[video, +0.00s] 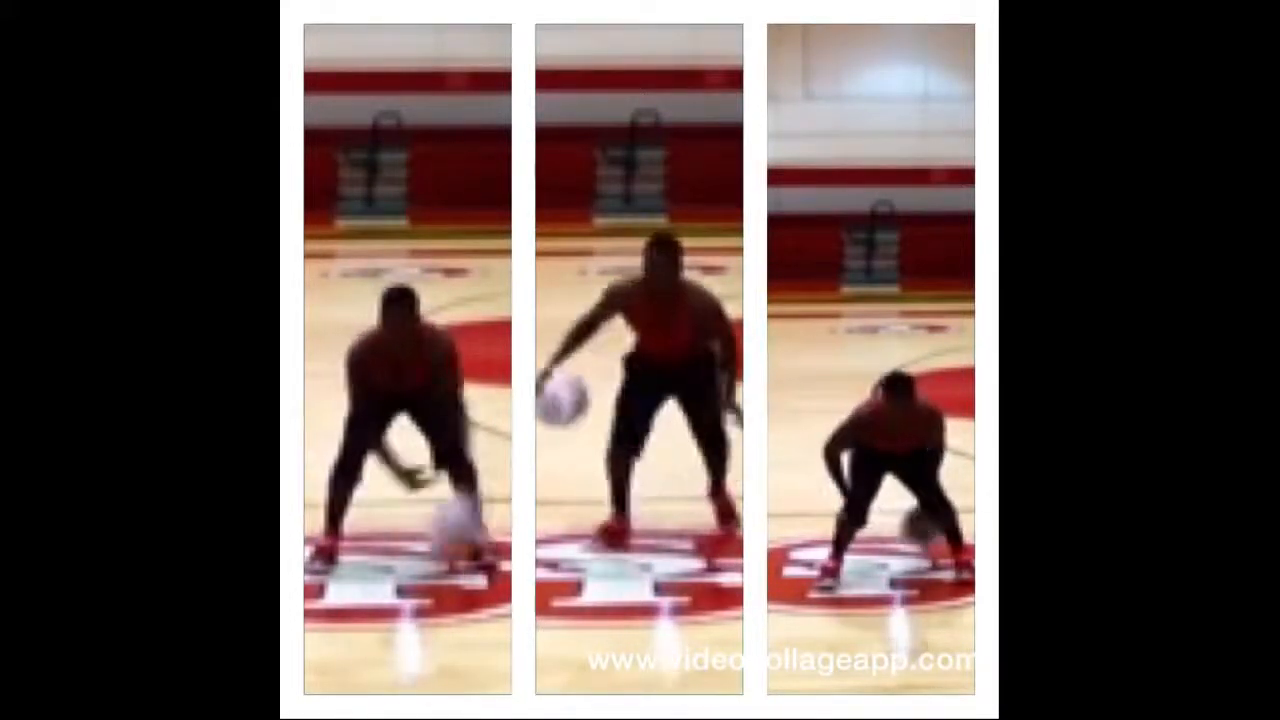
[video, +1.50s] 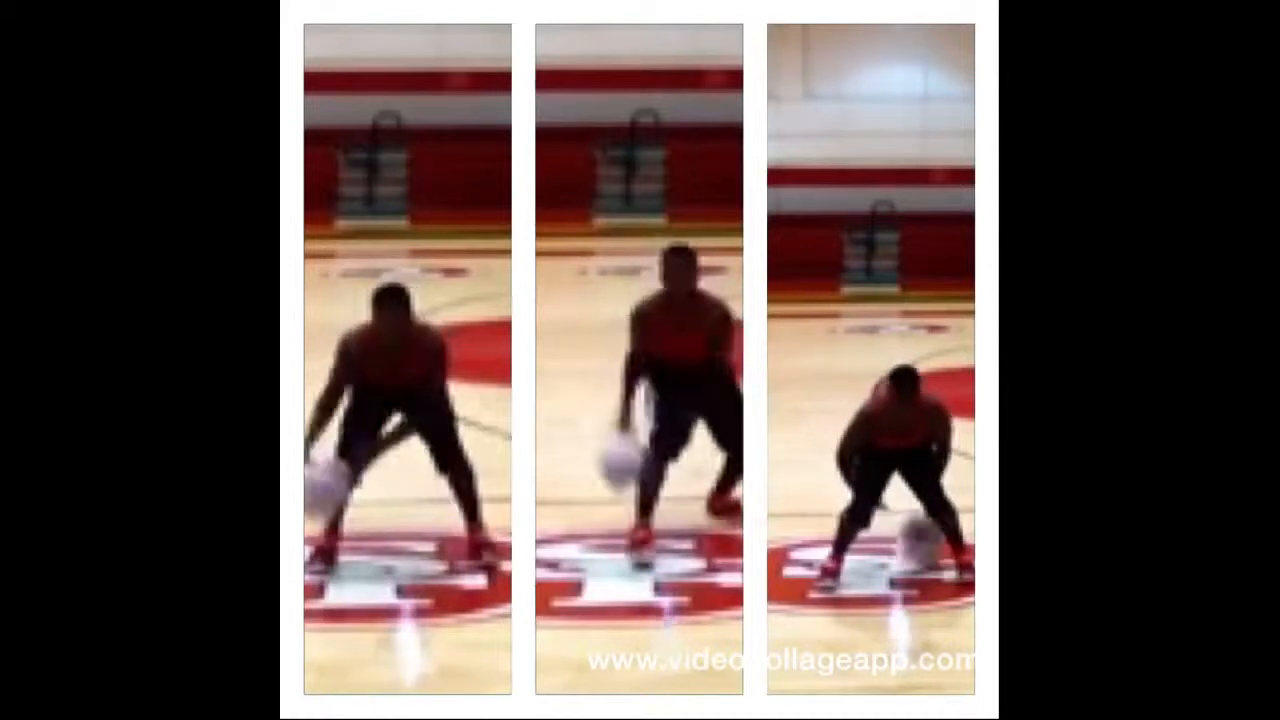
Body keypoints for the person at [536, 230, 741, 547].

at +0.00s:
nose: (658, 274)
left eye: (666, 266)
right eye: (653, 265)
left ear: (678, 267)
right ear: (644, 265)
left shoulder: (699, 302)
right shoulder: (625, 295)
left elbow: (728, 345)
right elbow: (587, 326)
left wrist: (728, 395)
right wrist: (551, 366)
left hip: (694, 369)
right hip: (646, 368)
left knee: (714, 440)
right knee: (621, 446)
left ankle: (718, 492)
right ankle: (620, 519)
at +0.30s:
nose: (672, 283)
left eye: (678, 275)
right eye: (665, 275)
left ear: (688, 276)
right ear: (654, 277)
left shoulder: (705, 312)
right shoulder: (633, 318)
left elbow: (734, 357)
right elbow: (627, 383)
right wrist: (648, 432)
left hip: (684, 379)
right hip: (639, 380)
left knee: (699, 445)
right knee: (605, 454)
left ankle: (722, 520)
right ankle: (617, 513)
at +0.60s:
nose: (672, 287)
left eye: (678, 279)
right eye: (665, 279)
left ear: (689, 279)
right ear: (655, 280)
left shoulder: (711, 314)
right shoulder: (638, 320)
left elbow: (718, 373)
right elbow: (626, 379)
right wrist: (630, 432)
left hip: (702, 383)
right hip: (659, 386)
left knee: (738, 440)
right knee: (655, 445)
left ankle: (712, 495)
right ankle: (637, 523)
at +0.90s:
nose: (666, 271)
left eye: (673, 263)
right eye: (661, 263)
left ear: (686, 265)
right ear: (653, 263)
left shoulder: (710, 302)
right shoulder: (636, 297)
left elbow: (734, 352)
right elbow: (603, 337)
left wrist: (737, 403)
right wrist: (580, 381)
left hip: (699, 368)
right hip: (652, 366)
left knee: (713, 432)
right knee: (621, 446)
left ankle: (737, 500)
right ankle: (630, 506)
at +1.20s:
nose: (683, 268)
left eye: (689, 260)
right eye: (676, 261)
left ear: (700, 260)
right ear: (666, 263)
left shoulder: (716, 286)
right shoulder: (650, 303)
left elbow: (744, 311)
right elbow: (624, 354)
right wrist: (628, 395)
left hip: (694, 364)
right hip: (649, 367)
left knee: (719, 437)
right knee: (626, 439)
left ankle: (736, 509)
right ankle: (627, 499)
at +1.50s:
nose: (678, 281)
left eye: (684, 274)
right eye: (672, 274)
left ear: (695, 274)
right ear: (663, 275)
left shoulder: (715, 313)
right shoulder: (647, 315)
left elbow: (726, 363)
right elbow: (634, 364)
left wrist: (734, 400)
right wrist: (626, 413)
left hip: (711, 383)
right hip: (670, 386)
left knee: (741, 444)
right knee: (664, 445)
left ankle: (720, 497)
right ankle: (643, 521)